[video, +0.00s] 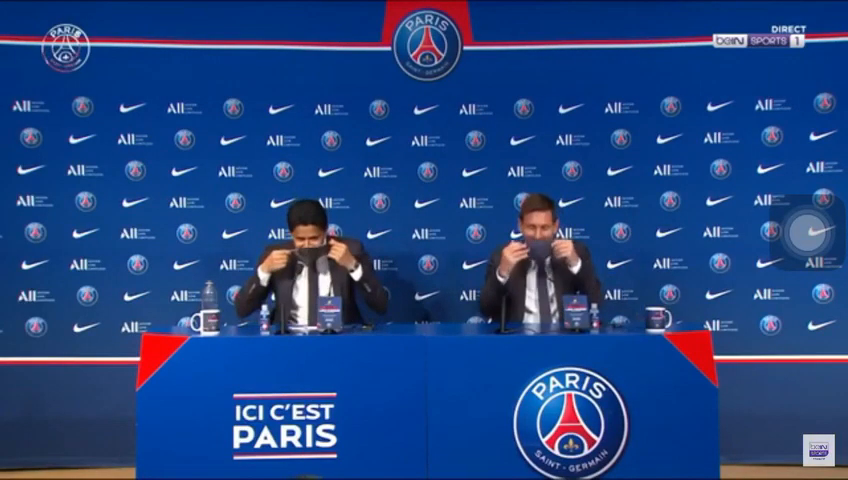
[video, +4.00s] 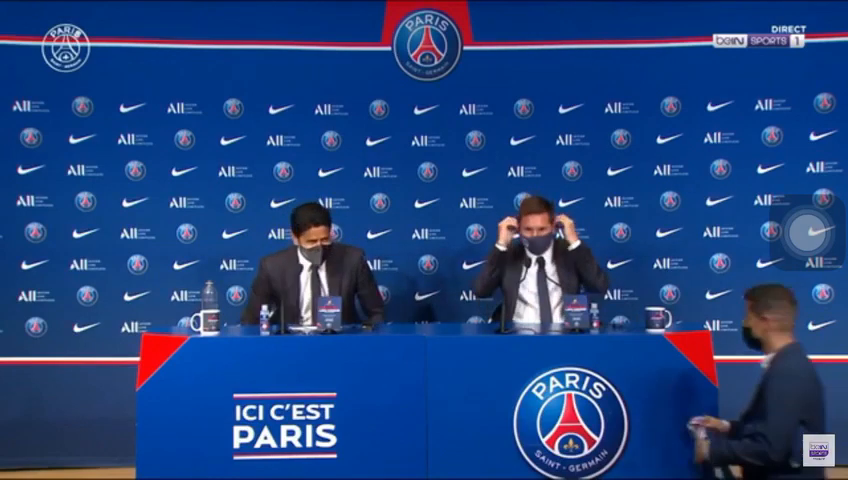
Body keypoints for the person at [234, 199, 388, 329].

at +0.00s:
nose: (307, 245)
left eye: (313, 239)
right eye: (300, 239)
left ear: (326, 233)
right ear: (292, 235)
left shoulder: (350, 251)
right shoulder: (276, 256)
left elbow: (381, 306)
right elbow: (242, 310)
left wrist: (354, 266)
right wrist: (264, 272)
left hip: (340, 345)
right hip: (290, 345)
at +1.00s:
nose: (304, 246)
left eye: (310, 239)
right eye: (297, 241)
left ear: (322, 230)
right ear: (287, 234)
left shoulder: (345, 251)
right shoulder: (276, 255)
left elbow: (387, 282)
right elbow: (231, 288)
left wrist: (348, 247)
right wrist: (260, 246)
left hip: (340, 346)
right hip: (290, 348)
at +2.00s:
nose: (292, 237)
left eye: (298, 230)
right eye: (287, 231)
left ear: (317, 226)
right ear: (282, 228)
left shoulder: (349, 251)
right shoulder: (276, 253)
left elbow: (365, 308)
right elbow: (247, 307)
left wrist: (327, 277)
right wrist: (271, 265)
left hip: (335, 343)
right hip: (288, 343)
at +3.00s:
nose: (310, 238)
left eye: (317, 231)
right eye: (302, 232)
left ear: (327, 227)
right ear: (293, 230)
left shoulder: (354, 254)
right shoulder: (275, 259)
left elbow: (368, 312)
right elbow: (263, 315)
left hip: (342, 346)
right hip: (291, 346)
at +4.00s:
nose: (319, 247)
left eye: (324, 239)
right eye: (312, 241)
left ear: (331, 234)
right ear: (295, 238)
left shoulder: (352, 259)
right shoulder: (272, 266)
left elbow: (377, 313)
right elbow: (251, 320)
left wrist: (362, 337)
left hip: (342, 349)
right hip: (291, 350)